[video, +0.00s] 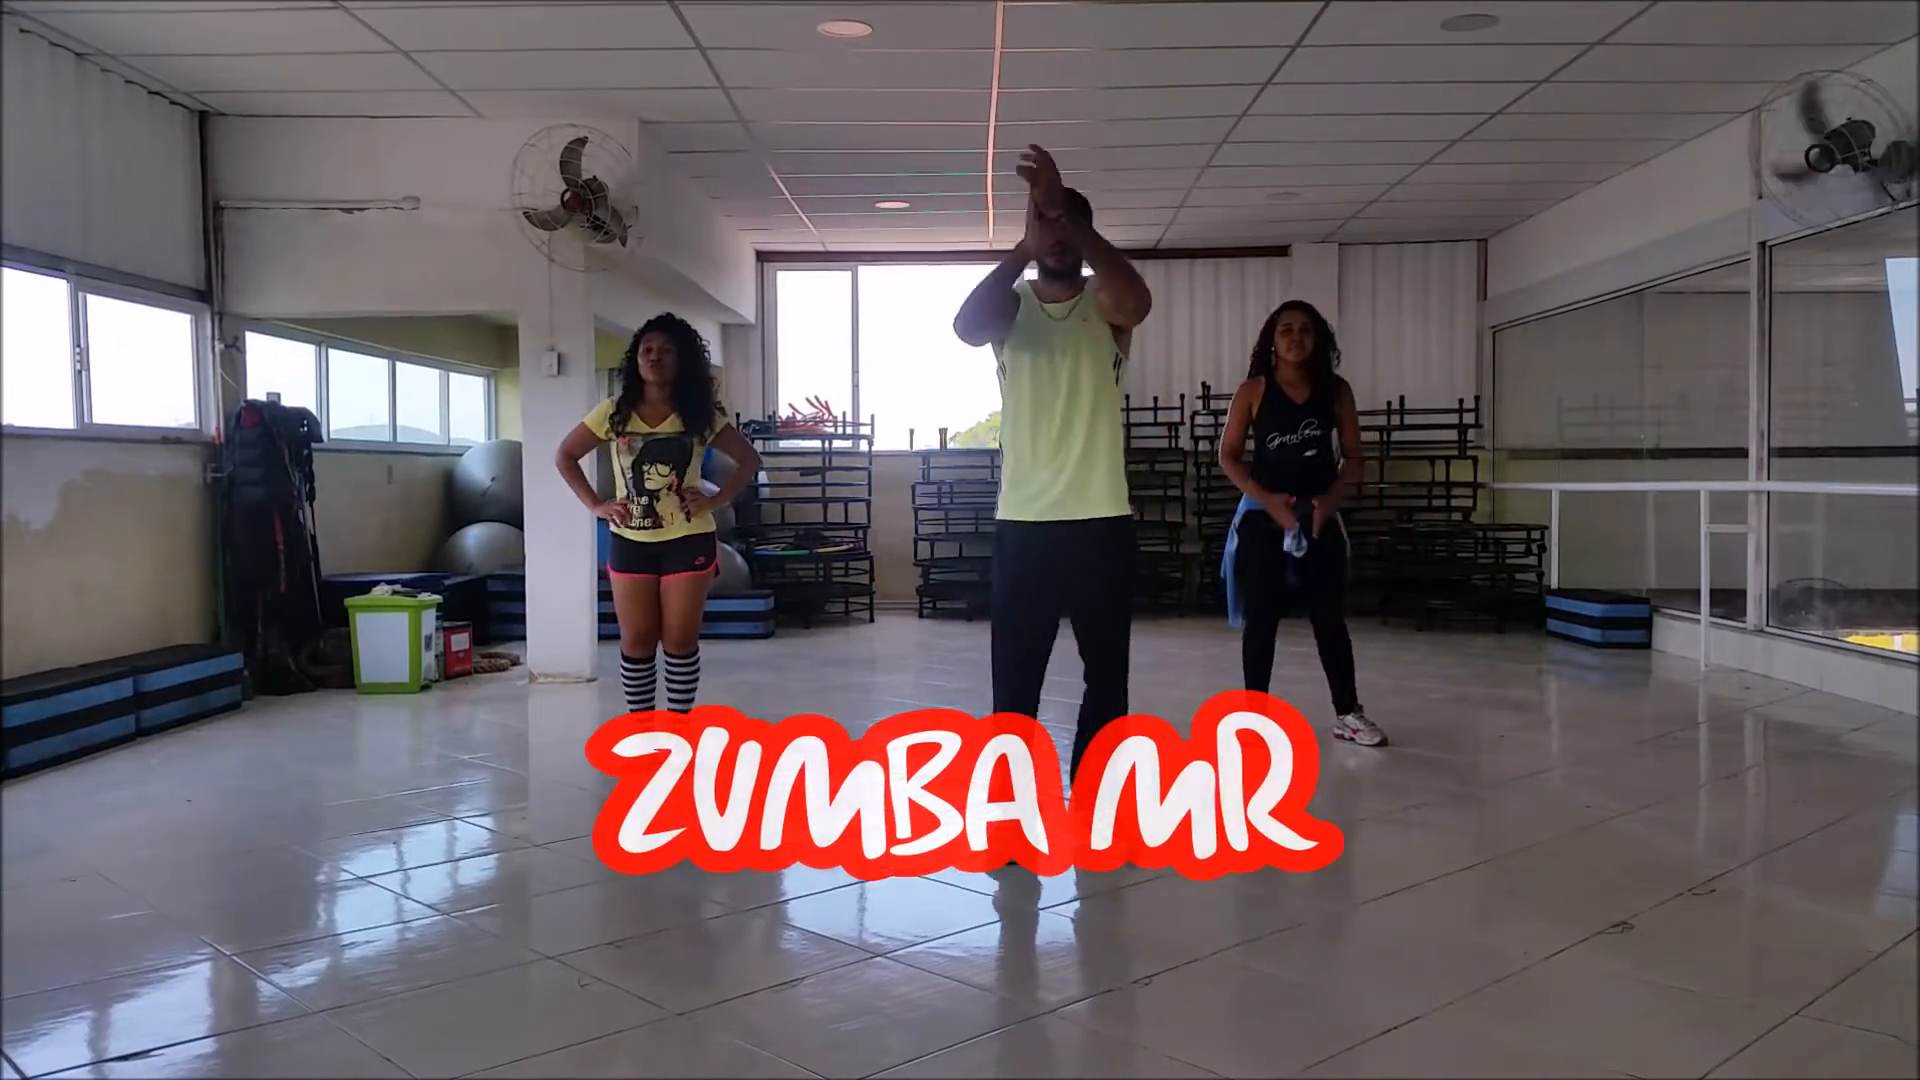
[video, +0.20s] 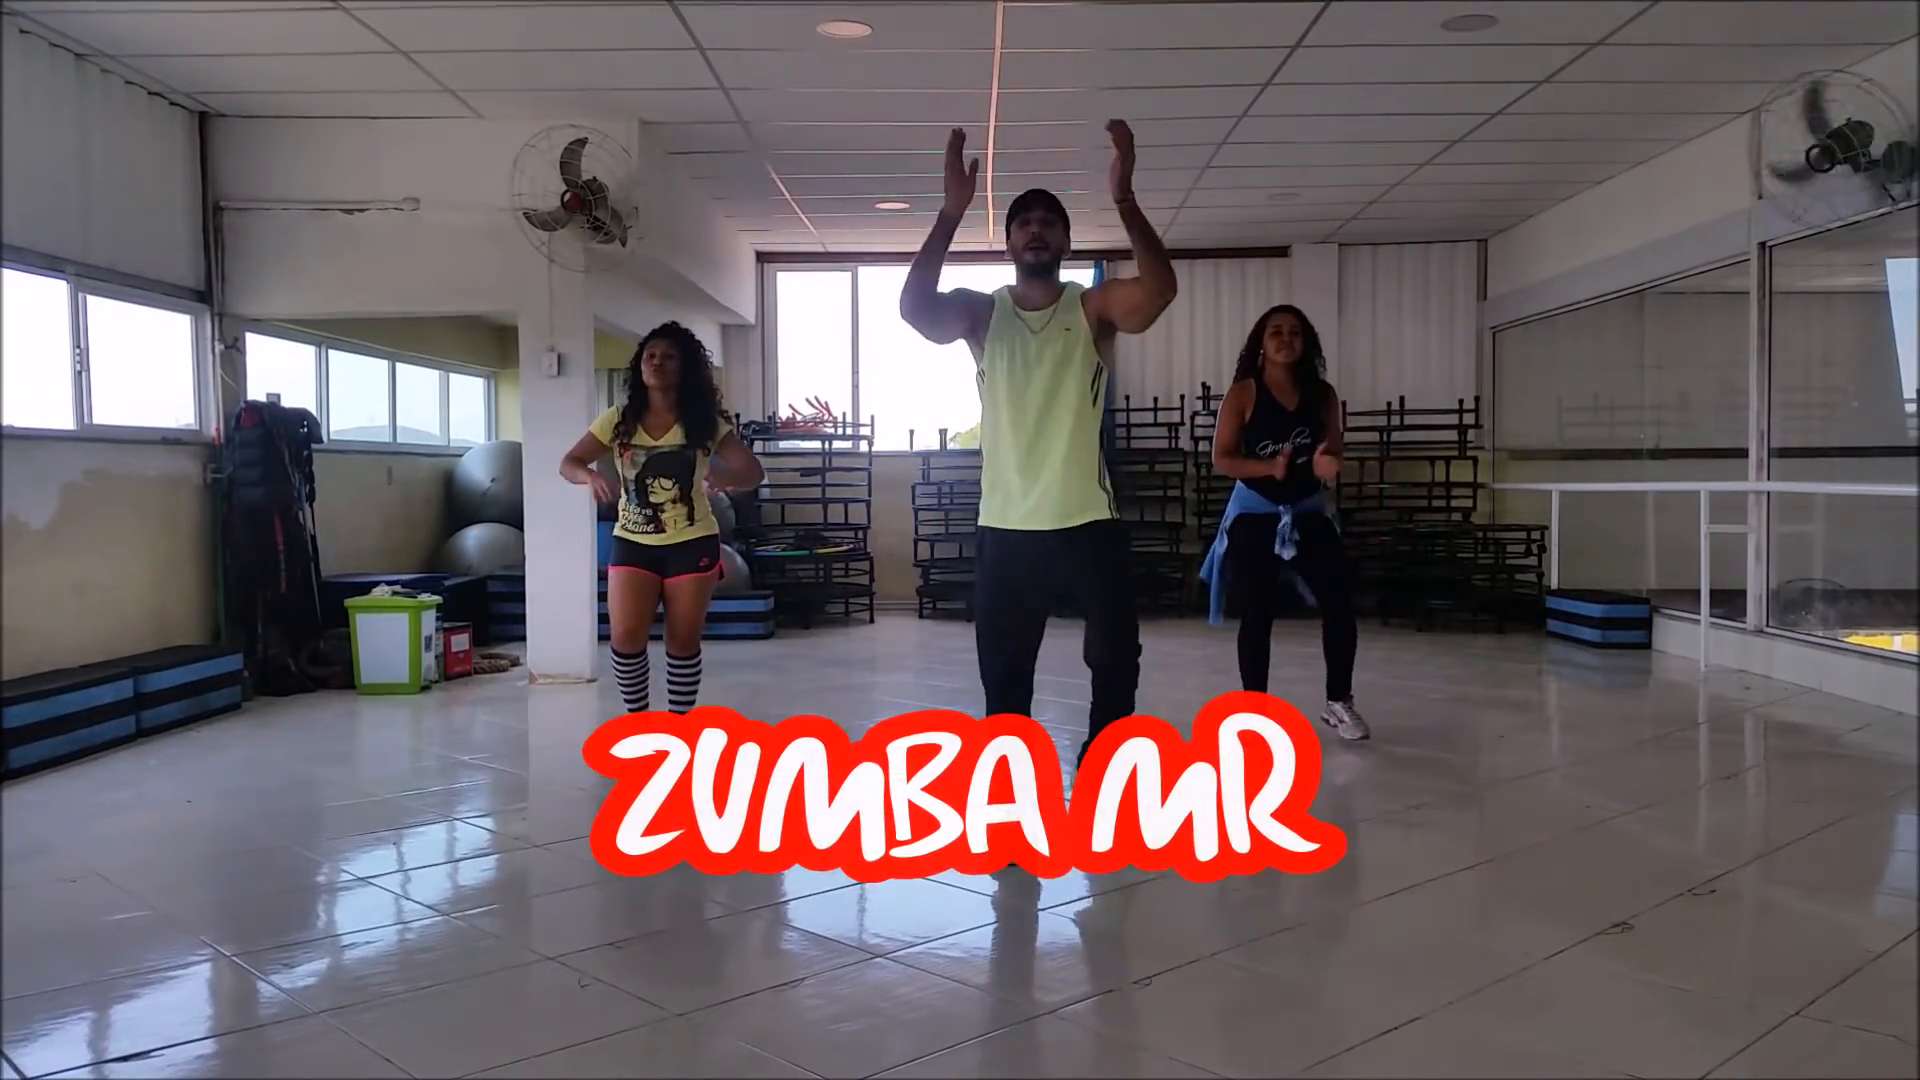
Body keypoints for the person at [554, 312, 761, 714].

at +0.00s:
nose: (653, 356)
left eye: (664, 349)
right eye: (646, 349)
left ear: (682, 359)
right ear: (635, 359)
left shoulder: (700, 413)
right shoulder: (615, 411)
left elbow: (750, 460)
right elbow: (565, 455)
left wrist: (716, 500)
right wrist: (595, 504)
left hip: (688, 541)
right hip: (630, 544)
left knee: (679, 642)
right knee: (636, 643)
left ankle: (679, 734)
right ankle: (641, 735)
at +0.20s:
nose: (656, 362)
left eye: (667, 356)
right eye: (650, 355)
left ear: (685, 368)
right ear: (639, 366)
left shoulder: (705, 421)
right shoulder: (619, 419)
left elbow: (751, 473)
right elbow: (569, 463)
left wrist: (719, 478)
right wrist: (589, 476)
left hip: (692, 544)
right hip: (633, 543)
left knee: (683, 643)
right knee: (625, 639)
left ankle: (680, 731)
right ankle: (637, 726)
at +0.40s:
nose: (654, 360)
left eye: (665, 353)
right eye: (647, 352)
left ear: (683, 363)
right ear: (638, 361)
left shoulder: (700, 414)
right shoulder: (621, 414)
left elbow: (698, 473)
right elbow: (604, 469)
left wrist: (670, 440)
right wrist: (646, 446)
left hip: (688, 541)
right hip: (630, 541)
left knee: (681, 643)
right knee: (634, 646)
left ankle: (680, 733)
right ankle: (641, 734)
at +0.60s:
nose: (645, 359)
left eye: (658, 354)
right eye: (639, 352)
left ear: (677, 367)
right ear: (631, 361)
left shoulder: (690, 412)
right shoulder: (614, 411)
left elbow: (733, 442)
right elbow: (565, 442)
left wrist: (710, 391)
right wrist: (592, 392)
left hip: (682, 542)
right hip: (624, 543)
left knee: (677, 642)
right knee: (630, 644)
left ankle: (681, 730)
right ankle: (640, 732)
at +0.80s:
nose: (651, 352)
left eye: (661, 348)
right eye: (644, 346)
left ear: (677, 358)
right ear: (632, 356)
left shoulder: (689, 405)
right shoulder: (618, 406)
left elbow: (708, 386)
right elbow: (589, 384)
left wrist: (685, 328)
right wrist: (612, 331)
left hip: (680, 538)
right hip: (623, 538)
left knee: (675, 639)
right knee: (633, 642)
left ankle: (681, 727)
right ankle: (640, 730)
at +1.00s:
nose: (656, 352)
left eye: (667, 347)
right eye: (649, 345)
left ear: (685, 358)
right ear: (636, 355)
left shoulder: (698, 403)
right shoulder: (620, 402)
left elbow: (722, 348)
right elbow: (580, 358)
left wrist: (688, 293)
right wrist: (606, 301)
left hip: (688, 540)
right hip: (630, 539)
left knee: (681, 644)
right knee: (631, 645)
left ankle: (682, 731)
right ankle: (639, 731)